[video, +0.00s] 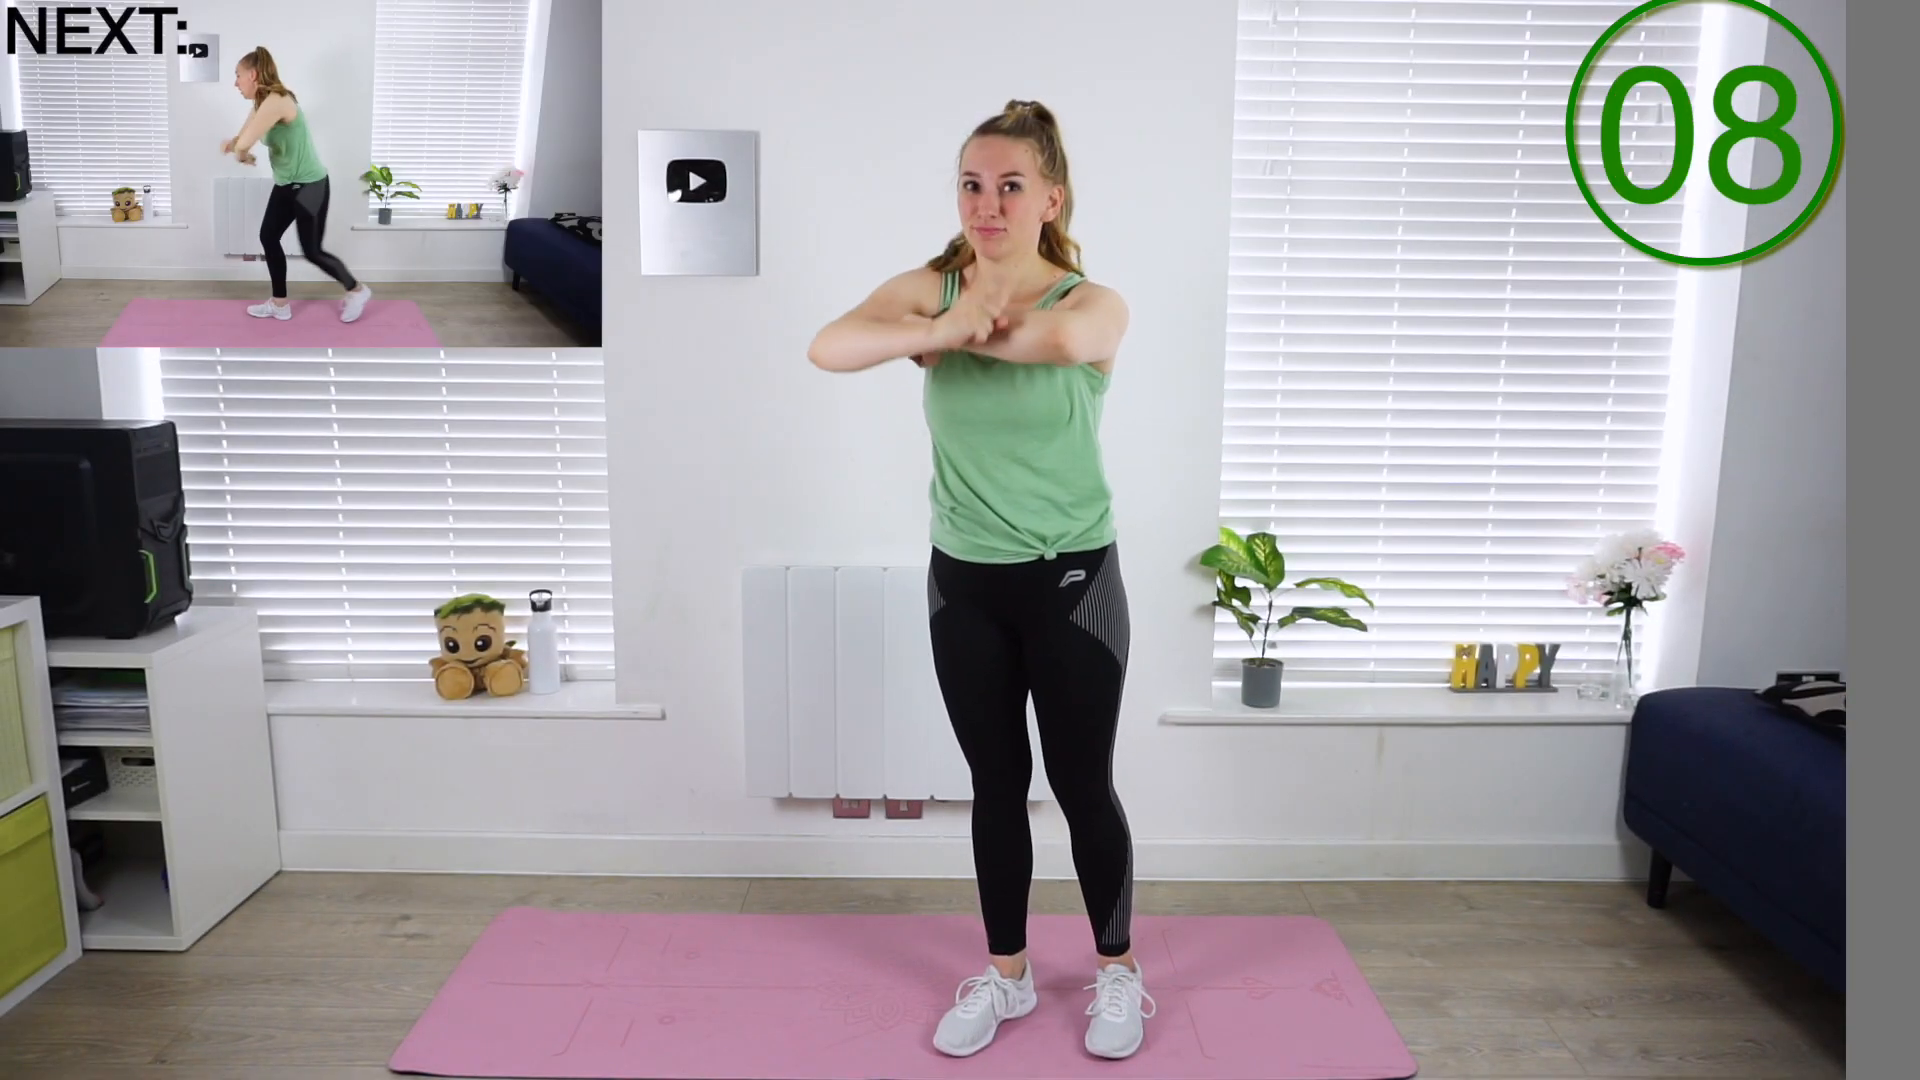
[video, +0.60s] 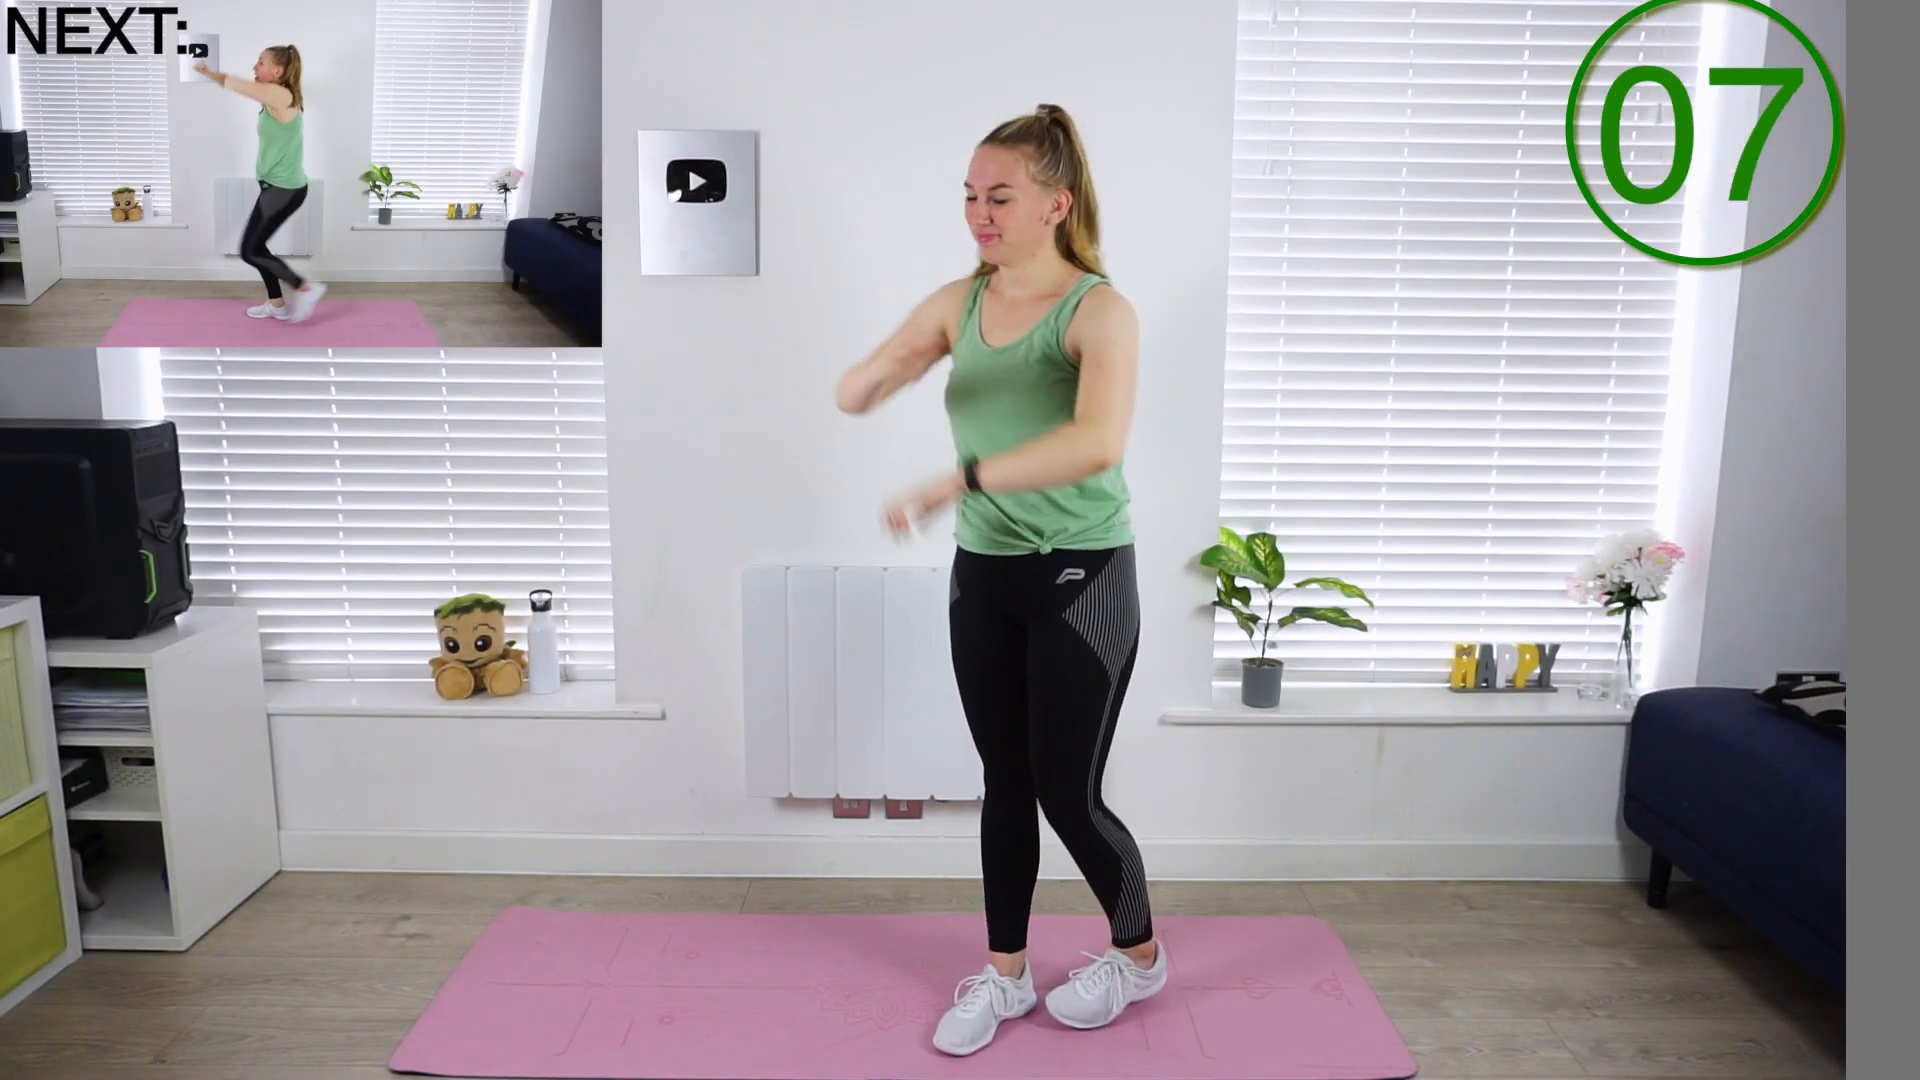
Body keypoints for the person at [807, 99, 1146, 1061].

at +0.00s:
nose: (987, 204)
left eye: (1010, 186)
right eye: (972, 184)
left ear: (1053, 198)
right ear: (956, 193)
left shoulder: (1092, 299)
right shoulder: (924, 290)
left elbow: (1069, 341)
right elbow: (827, 350)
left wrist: (958, 340)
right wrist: (941, 326)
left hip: (1073, 578)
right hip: (964, 578)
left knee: (1084, 786)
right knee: (996, 786)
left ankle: (1116, 970)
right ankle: (1007, 971)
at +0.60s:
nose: (978, 211)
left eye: (999, 195)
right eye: (972, 193)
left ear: (1059, 204)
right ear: (967, 198)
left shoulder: (1100, 311)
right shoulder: (959, 303)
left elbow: (1098, 444)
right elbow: (853, 394)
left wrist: (960, 478)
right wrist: (884, 374)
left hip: (1082, 576)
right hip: (985, 573)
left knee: (1067, 789)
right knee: (1005, 782)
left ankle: (1138, 953)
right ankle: (1007, 970)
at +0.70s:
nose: (981, 227)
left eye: (996, 210)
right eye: (977, 210)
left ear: (1061, 207)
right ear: (999, 214)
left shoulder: (1116, 317)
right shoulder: (985, 310)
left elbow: (1112, 469)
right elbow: (914, 412)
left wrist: (996, 548)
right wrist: (871, 448)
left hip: (1088, 585)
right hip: (998, 578)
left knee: (1072, 793)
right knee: (1012, 786)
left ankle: (1144, 963)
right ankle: (1007, 971)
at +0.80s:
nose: (991, 238)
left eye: (1001, 218)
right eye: (987, 220)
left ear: (1062, 209)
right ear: (1040, 215)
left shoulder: (1131, 321)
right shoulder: (1017, 308)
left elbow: (1105, 487)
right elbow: (969, 435)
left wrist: (1030, 603)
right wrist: (920, 526)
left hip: (1100, 583)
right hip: (1010, 571)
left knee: (1082, 782)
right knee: (1020, 779)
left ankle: (1144, 966)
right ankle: (1007, 970)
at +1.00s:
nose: (1009, 253)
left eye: (1015, 234)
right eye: (1004, 236)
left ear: (1069, 220)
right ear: (1066, 223)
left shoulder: (1148, 328)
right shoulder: (1072, 307)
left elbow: (1136, 497)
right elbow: (1069, 459)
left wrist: (1106, 629)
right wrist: (1045, 568)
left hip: (1129, 577)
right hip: (1052, 569)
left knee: (1115, 777)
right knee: (1037, 777)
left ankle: (1146, 964)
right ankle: (1006, 962)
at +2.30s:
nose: (935, 264)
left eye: (936, 247)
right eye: (930, 249)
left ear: (975, 230)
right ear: (992, 225)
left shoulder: (1033, 318)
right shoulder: (1023, 310)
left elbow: (1026, 472)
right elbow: (1012, 463)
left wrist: (983, 590)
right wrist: (968, 561)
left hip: (1032, 563)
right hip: (1003, 556)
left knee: (1008, 764)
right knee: (975, 744)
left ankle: (1123, 940)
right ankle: (980, 917)